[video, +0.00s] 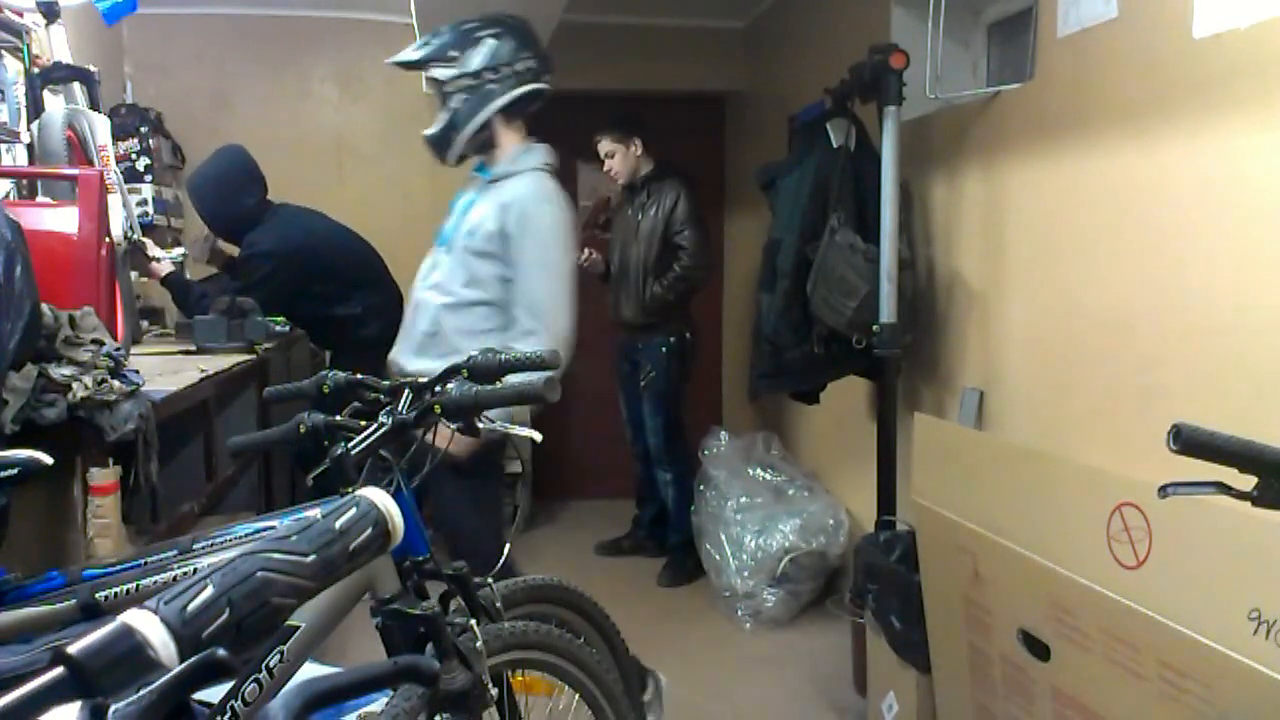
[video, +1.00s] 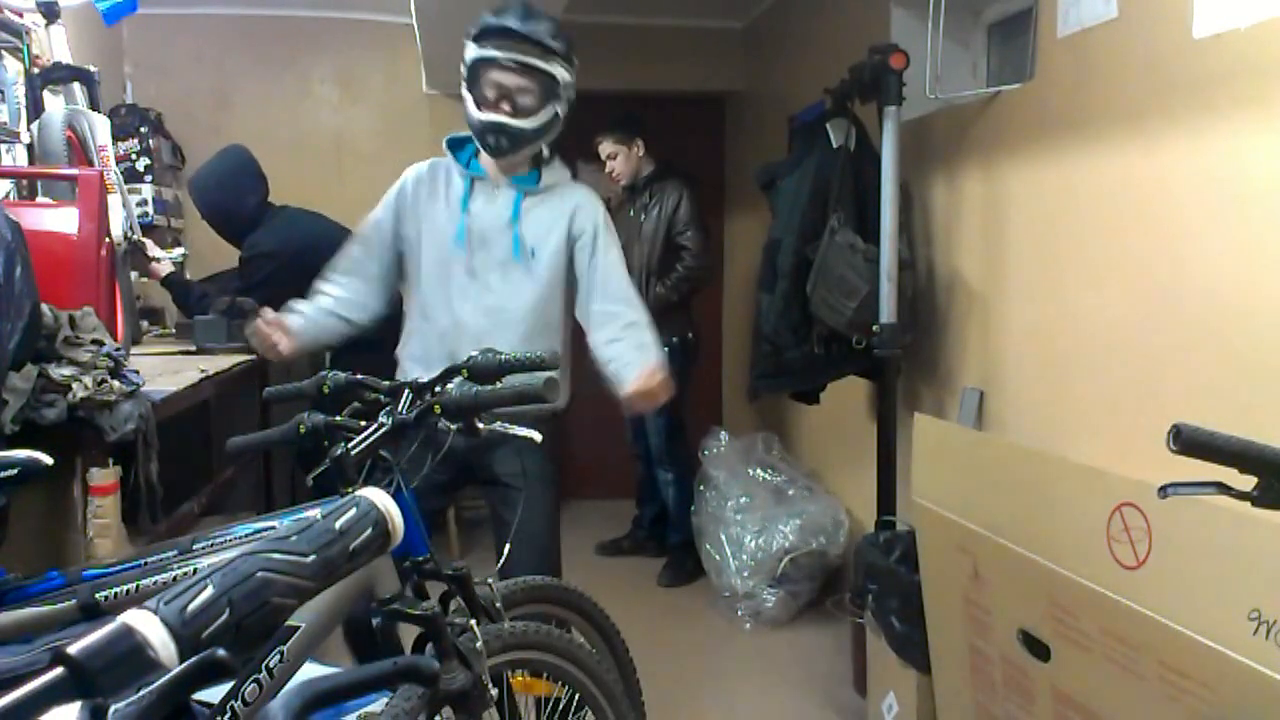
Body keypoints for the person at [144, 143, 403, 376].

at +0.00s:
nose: (207, 222)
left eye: (206, 212)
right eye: (204, 213)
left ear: (221, 210)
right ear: (250, 192)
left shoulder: (266, 249)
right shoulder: (283, 220)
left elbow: (217, 312)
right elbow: (257, 281)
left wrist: (165, 274)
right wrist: (222, 258)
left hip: (364, 342)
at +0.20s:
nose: (207, 220)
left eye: (207, 210)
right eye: (204, 210)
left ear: (223, 207)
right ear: (254, 190)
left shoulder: (270, 248)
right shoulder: (287, 220)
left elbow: (217, 315)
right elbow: (267, 291)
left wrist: (165, 274)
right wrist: (224, 255)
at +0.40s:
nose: (207, 223)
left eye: (206, 213)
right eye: (204, 214)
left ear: (223, 210)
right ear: (255, 191)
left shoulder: (269, 251)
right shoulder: (290, 219)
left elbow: (220, 314)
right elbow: (264, 281)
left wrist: (166, 274)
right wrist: (221, 255)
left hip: (366, 350)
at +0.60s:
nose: (211, 223)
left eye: (209, 212)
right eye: (206, 214)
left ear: (225, 207)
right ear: (254, 191)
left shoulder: (268, 249)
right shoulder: (294, 219)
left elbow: (221, 319)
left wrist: (167, 276)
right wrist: (218, 274)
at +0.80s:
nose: (210, 221)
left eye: (210, 212)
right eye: (207, 212)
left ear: (226, 208)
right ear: (254, 190)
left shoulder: (268, 250)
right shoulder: (290, 220)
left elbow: (228, 327)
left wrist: (167, 276)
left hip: (363, 359)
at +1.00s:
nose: (209, 221)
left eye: (209, 212)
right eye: (206, 212)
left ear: (224, 209)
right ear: (252, 191)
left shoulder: (266, 249)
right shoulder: (291, 221)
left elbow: (228, 318)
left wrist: (166, 276)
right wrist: (173, 276)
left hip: (365, 349)